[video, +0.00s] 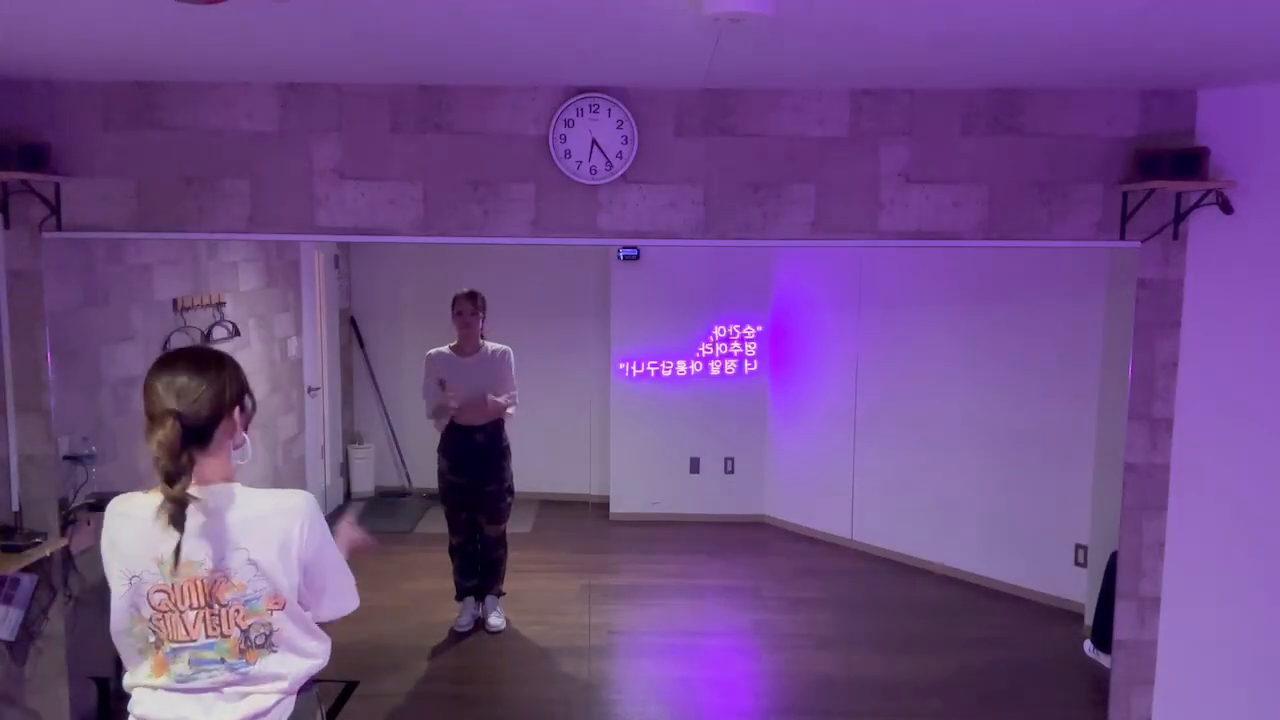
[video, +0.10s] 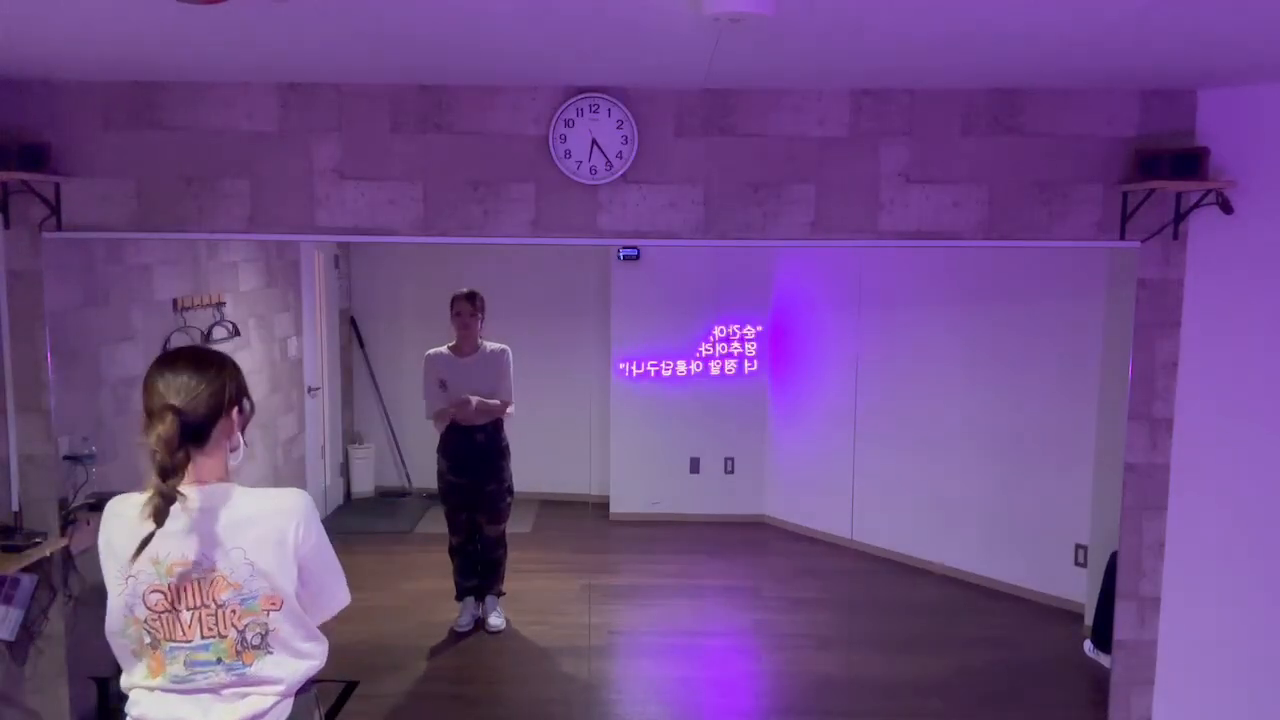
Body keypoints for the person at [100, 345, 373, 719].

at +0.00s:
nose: (248, 414)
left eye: (245, 403)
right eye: (245, 404)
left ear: (154, 422)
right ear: (237, 417)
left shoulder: (121, 518)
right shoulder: (293, 513)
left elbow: (128, 630)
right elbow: (324, 605)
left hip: (153, 710)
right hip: (264, 710)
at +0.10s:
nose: (244, 416)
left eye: (241, 404)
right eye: (242, 406)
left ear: (153, 421)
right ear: (234, 418)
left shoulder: (118, 517)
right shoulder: (289, 512)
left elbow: (126, 631)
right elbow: (316, 610)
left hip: (151, 710)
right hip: (262, 710)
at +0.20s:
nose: (244, 418)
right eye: (243, 407)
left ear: (151, 420)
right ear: (234, 419)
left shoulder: (114, 516)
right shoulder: (285, 511)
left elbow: (118, 633)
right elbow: (320, 622)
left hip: (148, 710)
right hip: (258, 710)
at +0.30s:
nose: (244, 417)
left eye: (242, 405)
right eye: (242, 407)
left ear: (152, 418)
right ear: (232, 419)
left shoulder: (110, 514)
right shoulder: (282, 511)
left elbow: (116, 632)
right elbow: (317, 624)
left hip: (141, 709)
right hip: (253, 710)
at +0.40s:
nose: (245, 417)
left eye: (244, 402)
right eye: (244, 404)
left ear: (154, 412)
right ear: (233, 419)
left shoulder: (113, 510)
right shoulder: (278, 508)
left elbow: (114, 635)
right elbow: (314, 625)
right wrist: (359, 569)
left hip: (134, 706)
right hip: (244, 707)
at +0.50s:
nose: (247, 422)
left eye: (245, 407)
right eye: (247, 409)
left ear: (160, 418)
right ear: (234, 421)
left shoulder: (122, 508)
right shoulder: (277, 508)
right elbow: (317, 621)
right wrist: (376, 568)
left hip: (125, 709)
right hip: (233, 710)